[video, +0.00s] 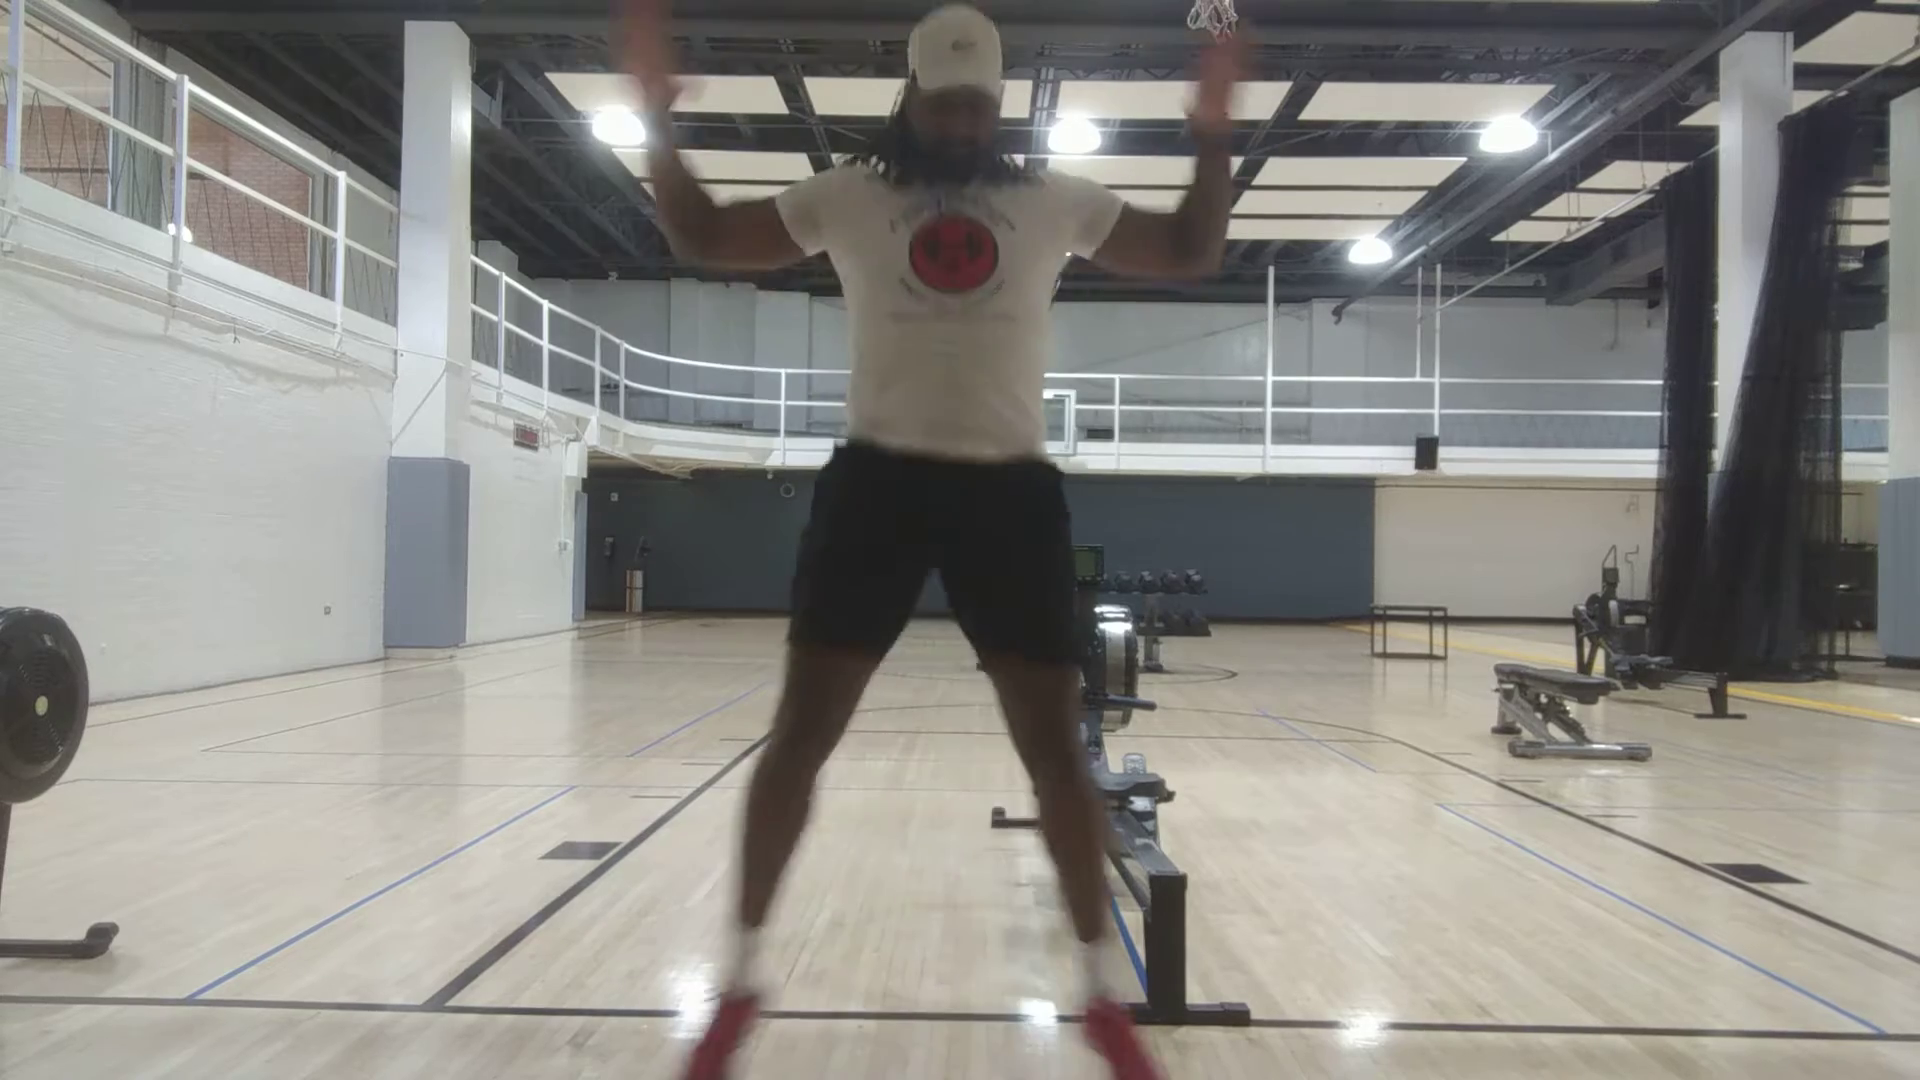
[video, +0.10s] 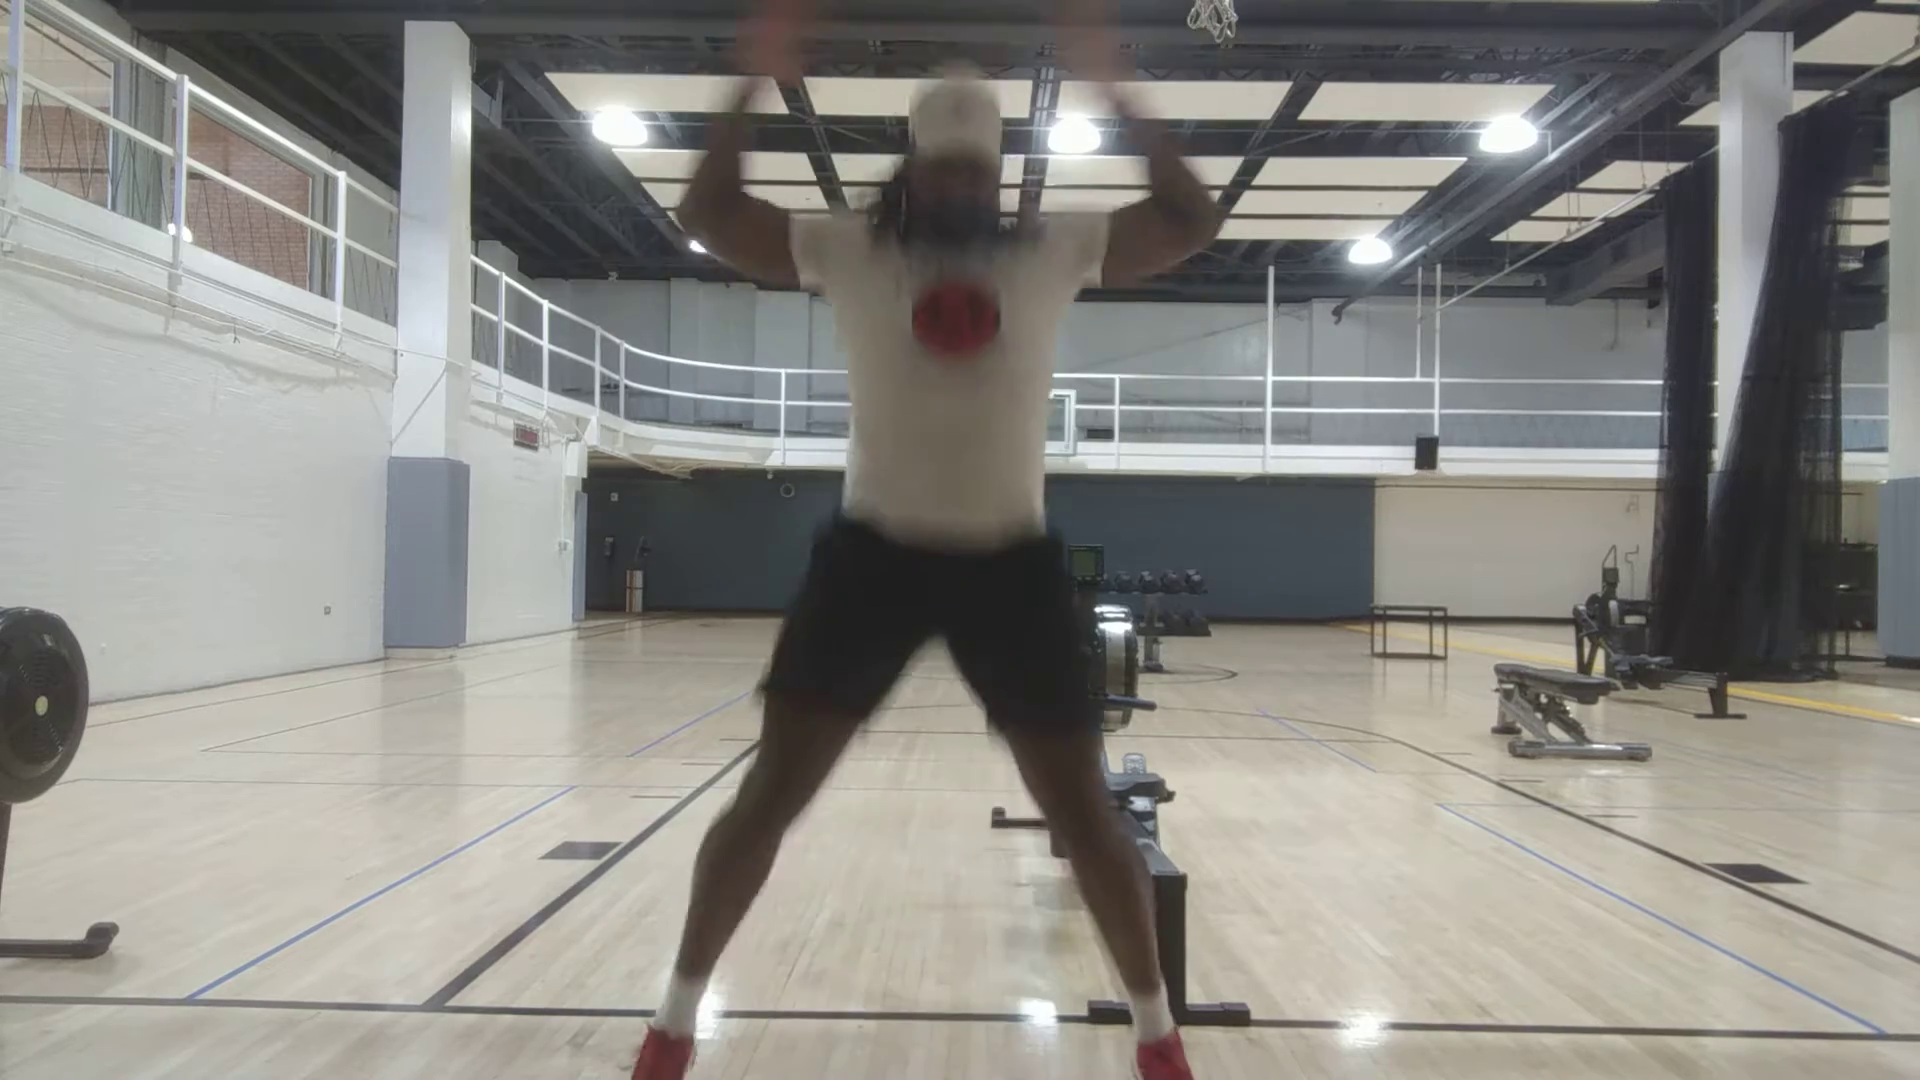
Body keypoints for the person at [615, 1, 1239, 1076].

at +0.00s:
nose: (961, 123)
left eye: (977, 104)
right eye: (942, 104)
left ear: (1004, 105)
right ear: (907, 103)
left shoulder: (1055, 200)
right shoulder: (851, 195)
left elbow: (1190, 252)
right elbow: (703, 235)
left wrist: (1214, 124)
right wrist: (656, 112)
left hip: (1011, 493)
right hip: (875, 485)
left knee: (1057, 747)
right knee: (802, 733)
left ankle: (1104, 989)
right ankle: (739, 977)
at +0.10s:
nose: (960, 180)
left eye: (977, 163)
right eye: (943, 161)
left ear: (1004, 168)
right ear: (909, 165)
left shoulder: (1054, 252)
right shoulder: (848, 248)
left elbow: (1189, 219)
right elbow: (709, 213)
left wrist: (1123, 97)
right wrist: (749, 86)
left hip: (1012, 566)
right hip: (873, 558)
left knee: (1080, 806)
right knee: (772, 795)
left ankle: (1159, 1036)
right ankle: (677, 1021)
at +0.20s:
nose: (956, 230)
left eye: (972, 214)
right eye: (939, 213)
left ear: (998, 220)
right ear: (904, 223)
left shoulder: (1050, 300)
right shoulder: (842, 300)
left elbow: (1177, 241)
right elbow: (723, 229)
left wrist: (1039, 148)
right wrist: (829, 130)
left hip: (1012, 625)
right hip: (869, 620)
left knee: (1089, 854)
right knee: (768, 845)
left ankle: (1159, 1048)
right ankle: (678, 1042)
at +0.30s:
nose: (945, 175)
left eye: (962, 158)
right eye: (929, 157)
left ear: (991, 174)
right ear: (898, 171)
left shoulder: (1043, 281)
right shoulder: (840, 270)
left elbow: (1193, 268)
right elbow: (696, 241)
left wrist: (1186, 121)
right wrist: (715, 95)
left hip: (1008, 566)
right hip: (866, 562)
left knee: (1075, 796)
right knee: (771, 782)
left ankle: (1143, 1017)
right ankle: (692, 1012)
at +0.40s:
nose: (945, 103)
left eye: (962, 86)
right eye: (926, 85)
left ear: (989, 101)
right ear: (892, 99)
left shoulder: (1044, 215)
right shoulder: (839, 212)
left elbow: (1161, 299)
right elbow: (715, 285)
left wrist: (1246, 203)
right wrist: (644, 205)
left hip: (1001, 499)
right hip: (865, 495)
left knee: (1038, 752)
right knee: (809, 738)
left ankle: (1064, 997)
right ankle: (780, 982)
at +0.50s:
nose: (937, 89)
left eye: (954, 71)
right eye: (919, 71)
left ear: (980, 87)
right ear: (886, 87)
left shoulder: (1035, 211)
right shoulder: (833, 215)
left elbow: (1092, 348)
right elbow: (761, 340)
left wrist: (1162, 332)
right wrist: (724, 325)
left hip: (997, 501)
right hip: (866, 498)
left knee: (993, 766)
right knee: (849, 760)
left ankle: (967, 1001)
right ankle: (868, 997)